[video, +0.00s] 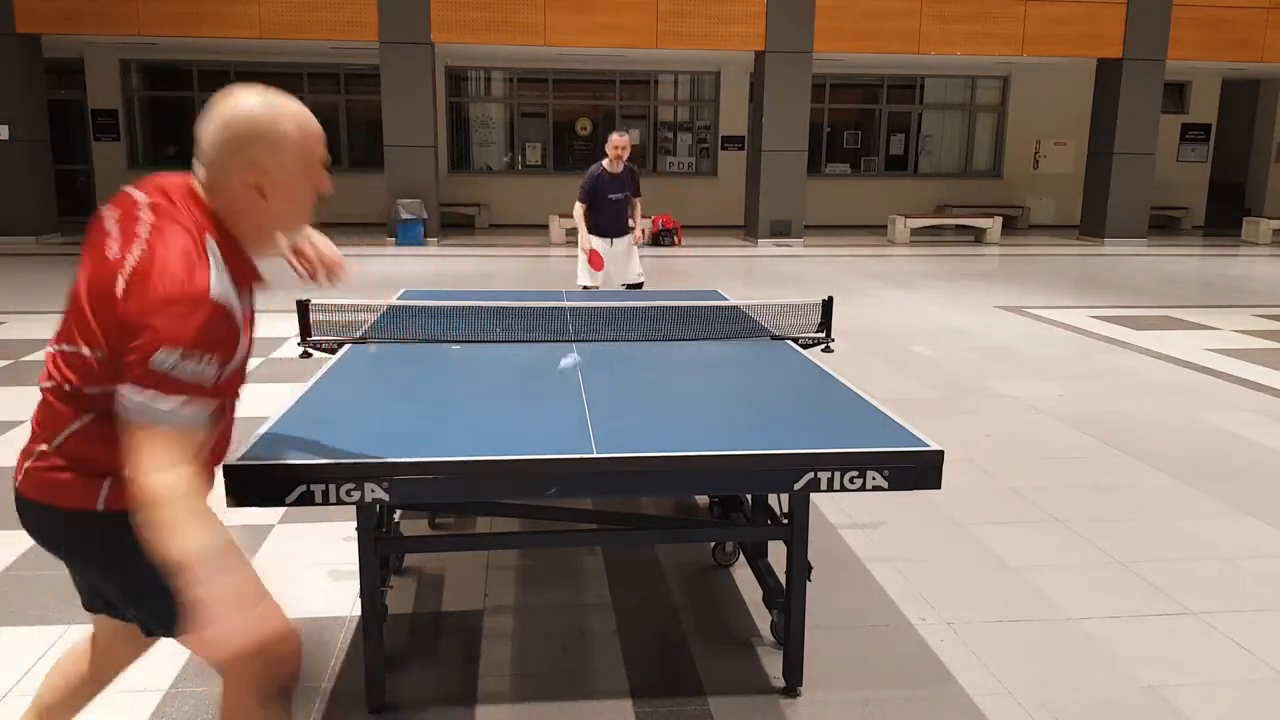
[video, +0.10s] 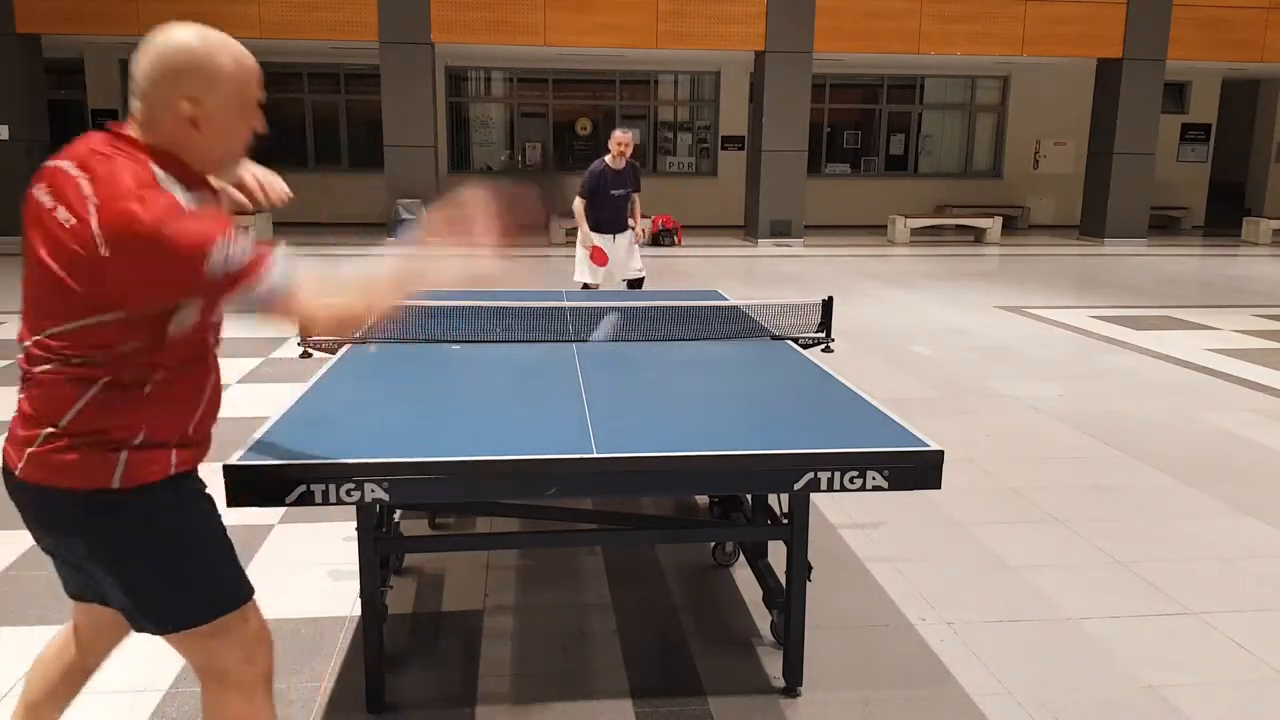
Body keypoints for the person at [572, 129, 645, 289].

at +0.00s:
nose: (619, 153)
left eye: (624, 148)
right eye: (615, 148)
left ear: (629, 149)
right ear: (607, 149)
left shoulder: (631, 172)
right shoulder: (595, 173)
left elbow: (636, 202)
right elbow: (578, 209)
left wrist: (638, 228)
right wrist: (584, 237)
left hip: (624, 239)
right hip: (596, 240)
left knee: (636, 283)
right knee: (590, 288)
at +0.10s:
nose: (623, 149)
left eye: (627, 145)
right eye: (619, 144)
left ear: (632, 147)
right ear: (610, 144)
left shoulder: (632, 168)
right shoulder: (597, 170)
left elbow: (634, 198)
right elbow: (578, 203)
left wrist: (638, 225)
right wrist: (585, 233)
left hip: (624, 236)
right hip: (596, 237)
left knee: (636, 278)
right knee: (591, 285)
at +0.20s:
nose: (629, 149)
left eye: (633, 145)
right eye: (625, 144)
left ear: (638, 146)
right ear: (615, 143)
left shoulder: (634, 167)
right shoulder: (601, 168)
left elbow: (636, 196)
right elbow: (578, 198)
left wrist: (640, 223)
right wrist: (593, 228)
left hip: (625, 234)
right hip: (598, 235)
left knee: (636, 277)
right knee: (592, 284)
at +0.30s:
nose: (637, 155)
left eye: (641, 150)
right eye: (633, 149)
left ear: (645, 152)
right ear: (623, 149)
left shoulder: (640, 171)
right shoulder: (609, 172)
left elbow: (639, 198)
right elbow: (585, 202)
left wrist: (645, 226)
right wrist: (600, 231)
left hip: (628, 238)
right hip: (601, 238)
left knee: (637, 282)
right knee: (597, 287)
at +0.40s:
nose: (647, 162)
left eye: (651, 158)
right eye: (643, 156)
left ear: (654, 159)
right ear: (632, 155)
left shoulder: (645, 176)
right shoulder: (618, 178)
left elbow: (644, 205)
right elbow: (603, 213)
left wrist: (651, 235)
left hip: (633, 236)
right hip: (609, 237)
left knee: (641, 283)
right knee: (616, 286)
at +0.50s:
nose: (658, 169)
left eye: (662, 165)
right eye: (655, 163)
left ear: (665, 166)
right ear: (643, 159)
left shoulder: (651, 180)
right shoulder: (627, 181)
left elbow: (649, 206)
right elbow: (624, 223)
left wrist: (656, 236)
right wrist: (652, 234)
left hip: (633, 233)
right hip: (611, 233)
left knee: (643, 279)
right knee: (631, 274)